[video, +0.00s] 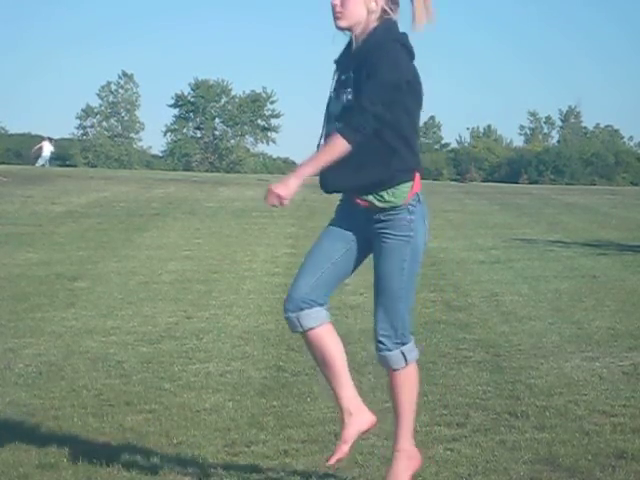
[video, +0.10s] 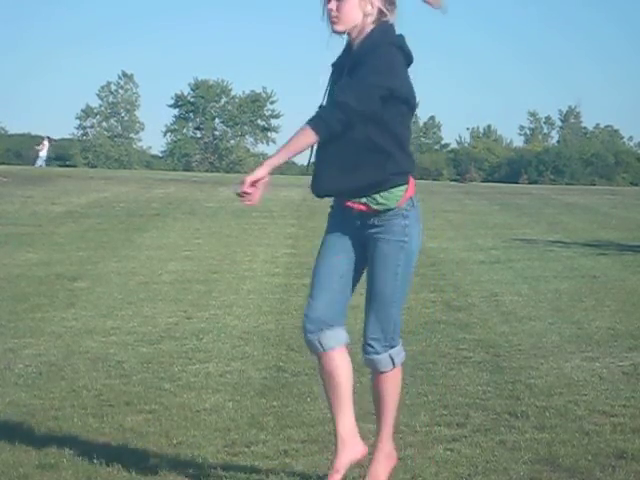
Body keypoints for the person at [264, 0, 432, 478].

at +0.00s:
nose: (336, 3)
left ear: (376, 2)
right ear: (339, 7)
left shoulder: (386, 49)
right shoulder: (354, 53)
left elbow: (358, 127)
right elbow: (364, 130)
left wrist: (296, 177)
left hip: (398, 210)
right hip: (354, 207)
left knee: (393, 338)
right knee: (303, 305)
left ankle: (406, 449)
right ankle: (354, 412)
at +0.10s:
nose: (331, 6)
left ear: (373, 4)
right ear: (338, 8)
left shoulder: (383, 50)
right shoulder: (348, 58)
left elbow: (334, 114)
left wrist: (269, 165)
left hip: (393, 215)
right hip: (346, 213)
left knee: (380, 340)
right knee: (322, 324)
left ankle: (386, 449)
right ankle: (349, 442)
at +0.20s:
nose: (330, 37)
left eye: (339, 27)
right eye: (330, 28)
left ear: (372, 34)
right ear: (362, 36)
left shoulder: (383, 86)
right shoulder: (348, 92)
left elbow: (324, 145)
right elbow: (351, 160)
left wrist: (245, 172)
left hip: (382, 245)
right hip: (335, 243)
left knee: (373, 369)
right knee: (328, 363)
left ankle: (385, 464)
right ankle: (360, 470)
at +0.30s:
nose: (325, 53)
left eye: (334, 45)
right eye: (327, 45)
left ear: (367, 54)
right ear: (361, 56)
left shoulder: (377, 107)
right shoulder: (351, 106)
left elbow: (349, 186)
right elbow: (343, 185)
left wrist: (269, 185)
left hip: (370, 264)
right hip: (330, 260)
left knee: (352, 385)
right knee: (312, 377)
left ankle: (386, 469)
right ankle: (361, 474)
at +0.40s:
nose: (320, 48)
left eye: (329, 40)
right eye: (323, 40)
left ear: (359, 48)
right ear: (353, 48)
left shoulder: (373, 97)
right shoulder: (348, 99)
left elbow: (387, 189)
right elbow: (352, 177)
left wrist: (320, 188)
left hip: (365, 258)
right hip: (330, 254)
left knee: (323, 374)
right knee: (305, 378)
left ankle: (393, 439)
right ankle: (360, 474)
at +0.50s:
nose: (315, 24)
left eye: (324, 16)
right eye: (319, 16)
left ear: (355, 25)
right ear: (348, 27)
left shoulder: (370, 73)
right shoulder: (339, 80)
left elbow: (420, 140)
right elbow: (334, 149)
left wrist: (354, 157)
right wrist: (312, 166)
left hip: (364, 232)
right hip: (337, 233)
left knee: (310, 346)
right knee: (332, 356)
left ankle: (398, 414)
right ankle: (362, 472)